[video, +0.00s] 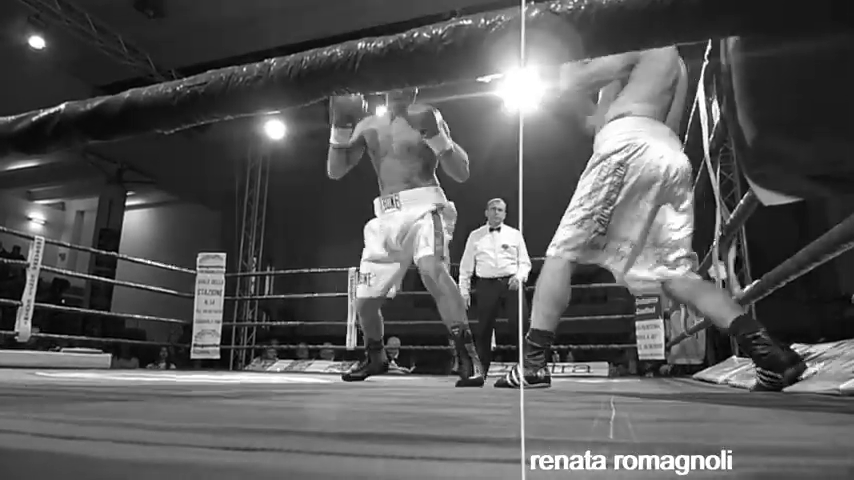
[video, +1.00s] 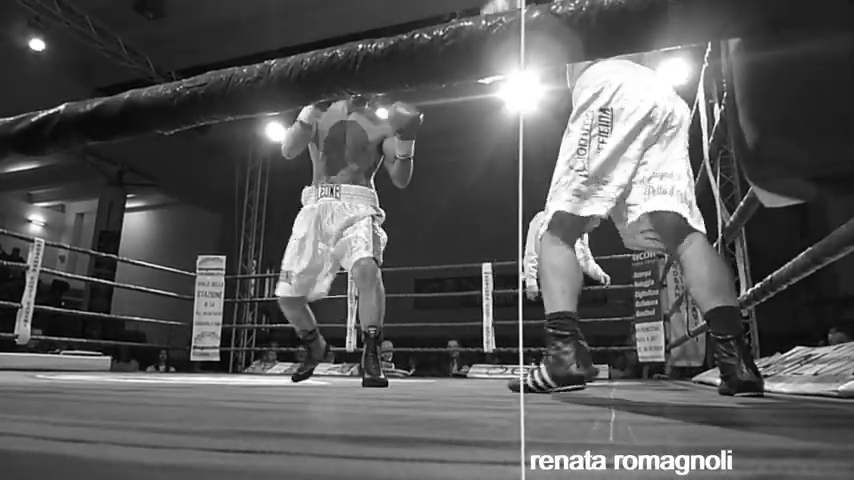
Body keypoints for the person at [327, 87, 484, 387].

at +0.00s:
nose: (399, 90)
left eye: (406, 83)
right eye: (392, 83)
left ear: (416, 88)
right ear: (380, 88)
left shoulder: (427, 117)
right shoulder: (368, 126)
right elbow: (336, 171)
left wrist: (436, 136)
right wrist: (340, 128)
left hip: (426, 207)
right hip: (387, 215)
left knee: (432, 269)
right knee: (366, 300)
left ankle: (467, 359)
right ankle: (376, 359)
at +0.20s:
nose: (393, 83)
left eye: (399, 77)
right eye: (386, 77)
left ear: (407, 79)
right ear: (374, 80)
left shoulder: (420, 110)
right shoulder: (357, 111)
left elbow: (453, 165)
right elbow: (316, 149)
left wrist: (432, 124)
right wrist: (343, 109)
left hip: (405, 208)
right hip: (365, 211)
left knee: (428, 280)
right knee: (345, 293)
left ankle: (465, 362)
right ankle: (369, 356)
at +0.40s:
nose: (370, 86)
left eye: (376, 81)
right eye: (362, 80)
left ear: (387, 87)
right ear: (350, 84)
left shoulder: (396, 122)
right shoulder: (333, 119)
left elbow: (413, 176)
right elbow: (311, 161)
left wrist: (413, 135)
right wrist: (334, 122)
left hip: (382, 207)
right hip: (342, 209)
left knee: (398, 267)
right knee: (329, 285)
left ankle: (418, 343)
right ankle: (327, 357)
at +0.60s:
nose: (357, 97)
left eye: (361, 92)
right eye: (350, 91)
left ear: (368, 98)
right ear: (337, 95)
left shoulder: (379, 134)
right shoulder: (315, 131)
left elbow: (393, 186)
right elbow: (301, 177)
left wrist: (393, 156)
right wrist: (324, 154)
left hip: (363, 215)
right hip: (324, 216)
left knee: (372, 286)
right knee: (315, 290)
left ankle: (386, 352)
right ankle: (320, 361)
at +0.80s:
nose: (346, 83)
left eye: (351, 78)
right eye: (339, 78)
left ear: (360, 83)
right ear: (329, 83)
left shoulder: (375, 114)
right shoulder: (312, 114)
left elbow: (402, 166)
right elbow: (285, 133)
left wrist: (392, 127)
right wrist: (312, 105)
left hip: (359, 201)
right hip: (320, 204)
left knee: (369, 272)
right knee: (319, 288)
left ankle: (375, 350)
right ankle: (322, 362)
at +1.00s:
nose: (357, 86)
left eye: (365, 81)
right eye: (350, 79)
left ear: (376, 87)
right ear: (338, 82)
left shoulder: (383, 122)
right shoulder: (316, 112)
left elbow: (401, 179)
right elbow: (289, 151)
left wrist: (406, 138)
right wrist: (315, 110)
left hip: (358, 207)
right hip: (316, 207)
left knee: (366, 268)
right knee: (289, 296)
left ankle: (372, 356)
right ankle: (315, 347)